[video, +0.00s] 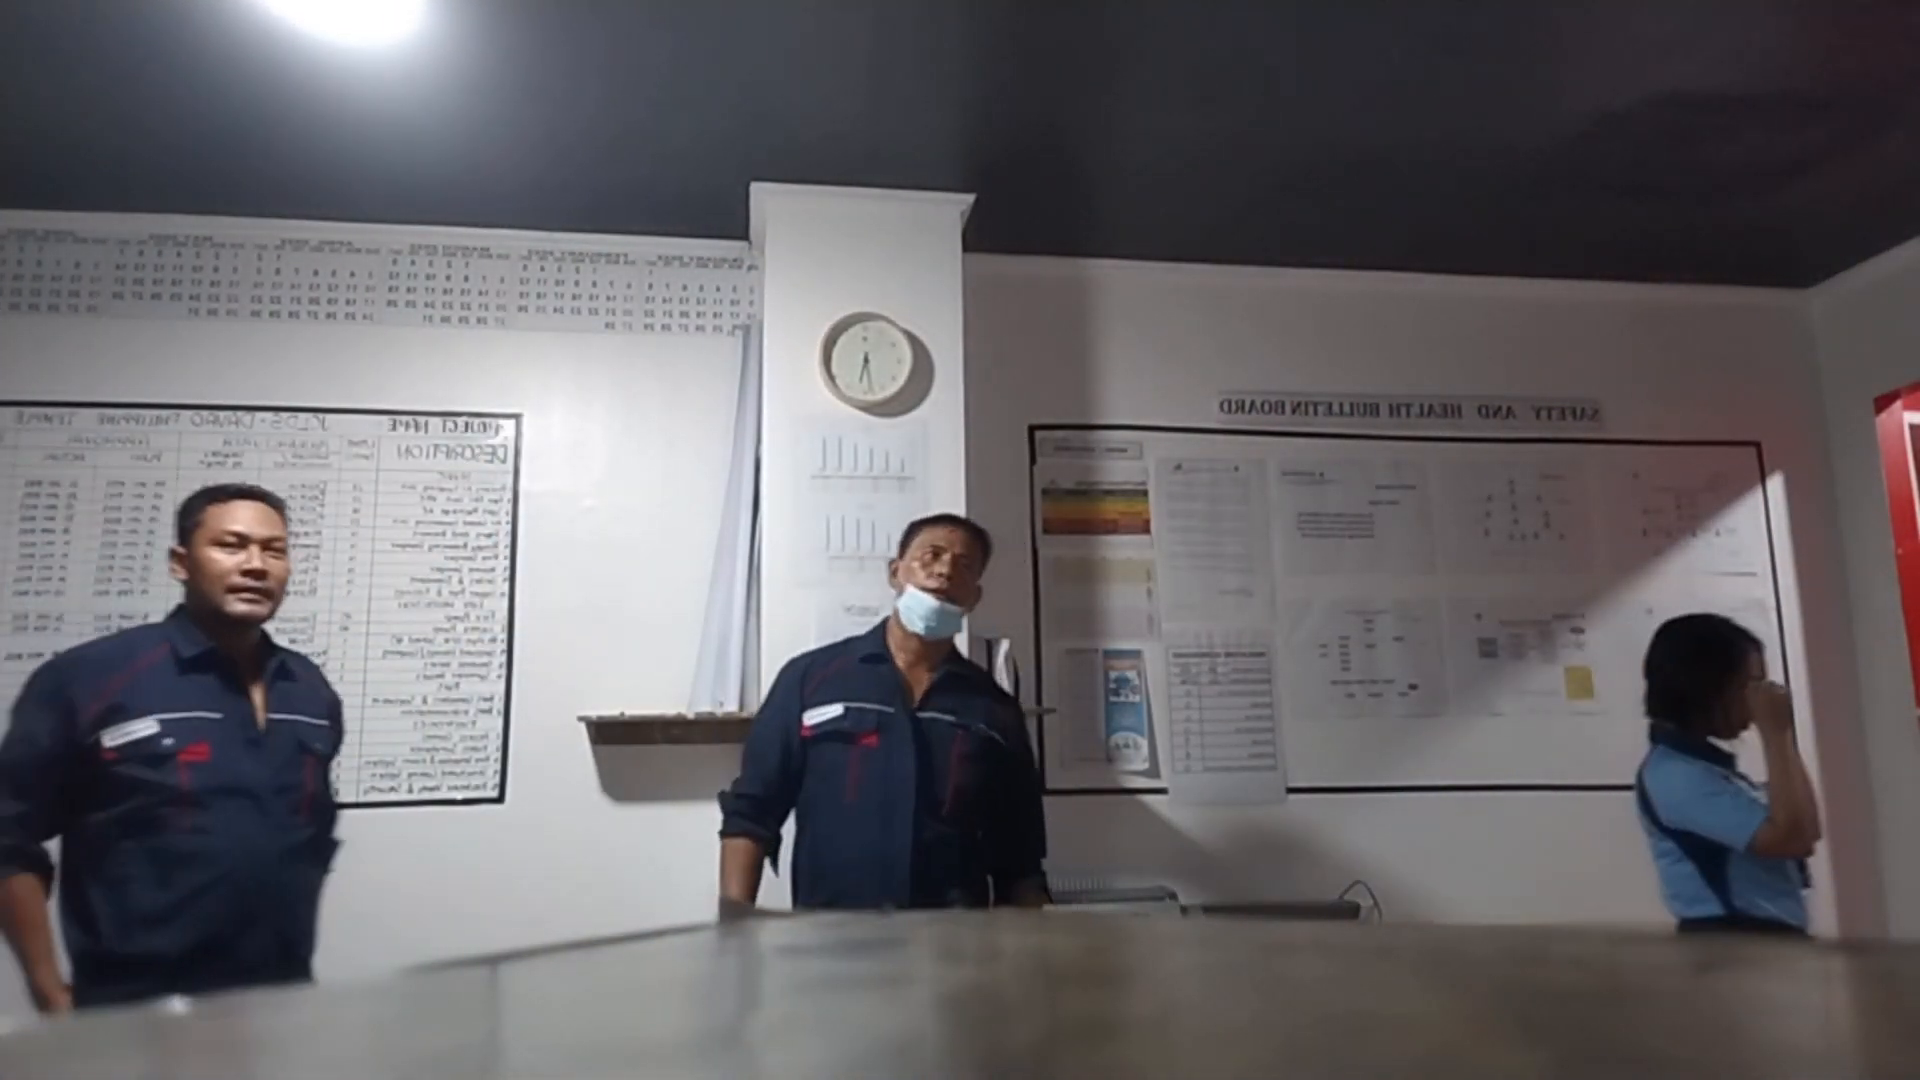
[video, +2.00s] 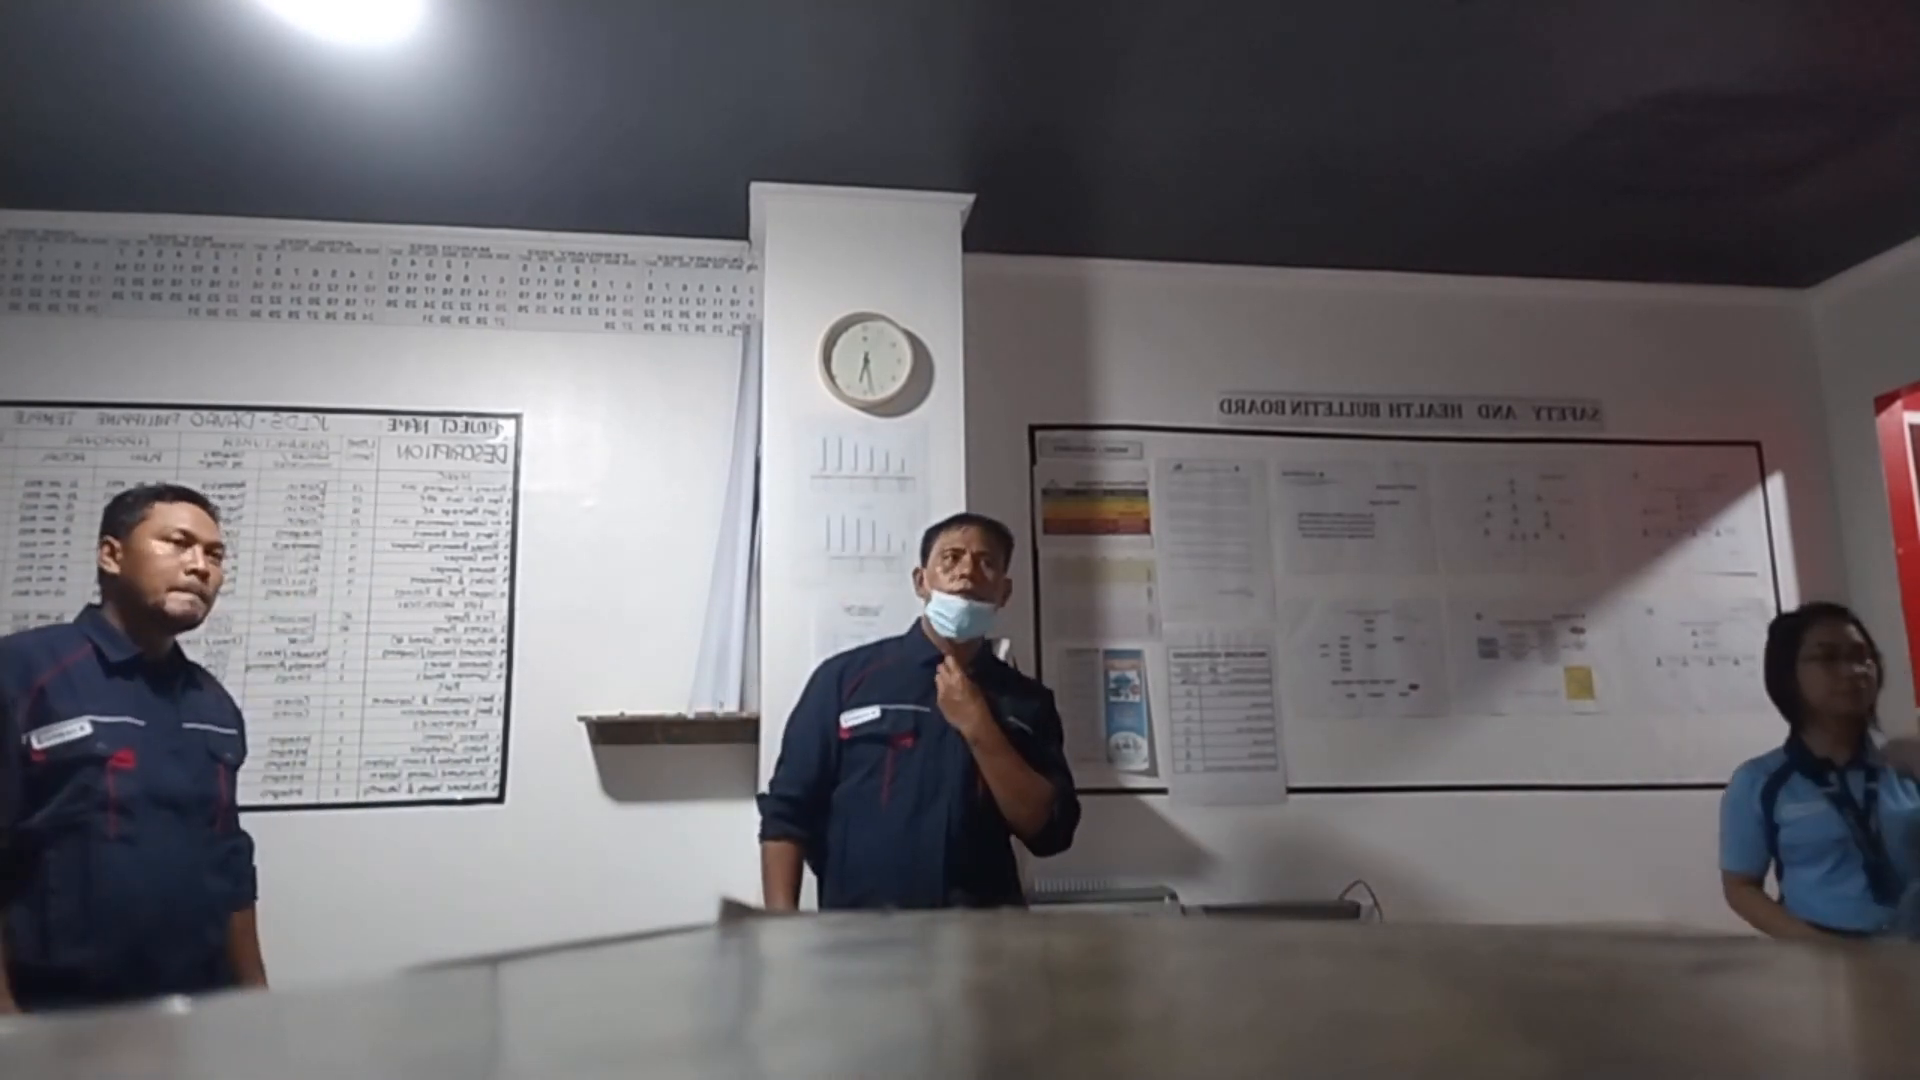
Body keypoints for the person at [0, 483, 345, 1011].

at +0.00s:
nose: (257, 564)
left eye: (273, 549)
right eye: (232, 545)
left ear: (289, 568)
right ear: (181, 563)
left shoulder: (312, 694)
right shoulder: (82, 684)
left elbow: (313, 844)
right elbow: (12, 836)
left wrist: (286, 976)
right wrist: (52, 996)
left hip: (275, 1013)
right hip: (130, 1019)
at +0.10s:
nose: (287, 570)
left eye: (305, 555)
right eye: (264, 550)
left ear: (320, 574)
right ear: (215, 567)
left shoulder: (343, 698)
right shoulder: (117, 682)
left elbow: (358, 834)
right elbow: (34, 829)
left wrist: (336, 958)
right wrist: (88, 986)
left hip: (305, 1009)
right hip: (161, 1012)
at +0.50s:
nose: (342, 582)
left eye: (359, 568)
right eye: (321, 563)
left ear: (373, 585)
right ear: (275, 575)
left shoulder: (403, 703)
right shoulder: (180, 685)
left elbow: (441, 826)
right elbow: (105, 819)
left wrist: (420, 937)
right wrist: (140, 943)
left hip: (343, 999)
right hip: (202, 1001)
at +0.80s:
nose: (363, 583)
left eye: (380, 574)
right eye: (345, 564)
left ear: (390, 594)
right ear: (296, 575)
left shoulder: (405, 715)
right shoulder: (194, 680)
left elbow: (420, 870)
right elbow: (118, 832)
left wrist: (429, 992)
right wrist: (70, 965)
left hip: (336, 999)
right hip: (200, 997)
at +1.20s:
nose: (303, 576)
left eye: (319, 565)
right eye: (282, 554)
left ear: (330, 588)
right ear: (230, 570)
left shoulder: (336, 711)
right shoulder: (126, 684)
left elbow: (360, 861)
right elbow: (43, 861)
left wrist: (397, 984)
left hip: (293, 1008)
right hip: (154, 1011)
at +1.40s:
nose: (250, 568)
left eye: (268, 555)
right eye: (227, 548)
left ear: (280, 579)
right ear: (173, 566)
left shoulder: (293, 703)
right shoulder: (69, 692)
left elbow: (307, 850)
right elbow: (9, 855)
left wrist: (330, 972)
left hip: (252, 1011)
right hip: (108, 1015)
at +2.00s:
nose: (200, 565)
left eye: (214, 553)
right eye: (177, 542)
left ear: (222, 577)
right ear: (112, 555)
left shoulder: (218, 708)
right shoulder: (21, 669)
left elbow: (228, 866)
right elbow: (9, 849)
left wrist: (256, 1004)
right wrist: (8, 1013)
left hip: (193, 1019)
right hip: (55, 1019)